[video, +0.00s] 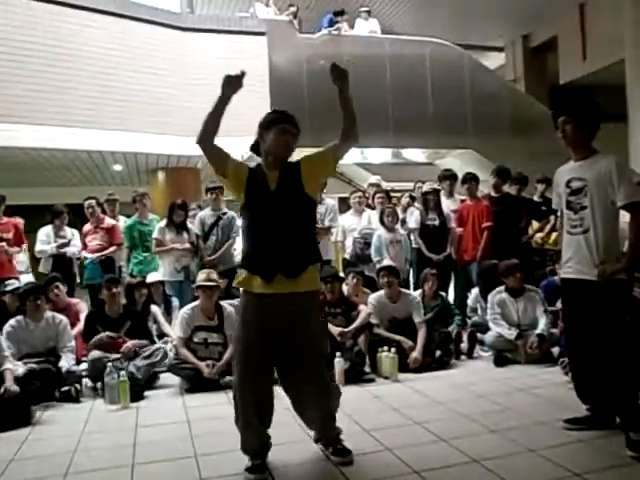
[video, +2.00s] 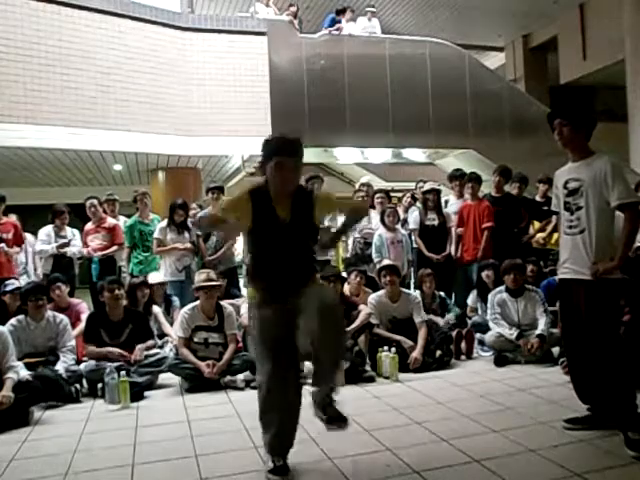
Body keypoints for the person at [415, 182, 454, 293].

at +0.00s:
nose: (432, 200)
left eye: (435, 197)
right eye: (429, 197)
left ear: (438, 198)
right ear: (424, 198)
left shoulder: (445, 214)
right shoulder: (419, 214)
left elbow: (450, 233)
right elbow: (416, 235)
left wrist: (447, 251)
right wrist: (428, 254)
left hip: (442, 255)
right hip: (425, 255)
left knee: (442, 289)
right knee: (423, 287)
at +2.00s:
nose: (432, 198)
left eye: (435, 195)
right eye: (429, 194)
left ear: (438, 197)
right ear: (424, 197)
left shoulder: (445, 214)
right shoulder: (418, 214)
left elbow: (449, 234)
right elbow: (416, 236)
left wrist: (447, 251)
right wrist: (428, 254)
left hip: (443, 257)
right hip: (425, 257)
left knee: (444, 290)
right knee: (425, 289)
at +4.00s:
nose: (436, 200)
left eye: (439, 197)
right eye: (433, 197)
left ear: (443, 199)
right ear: (429, 199)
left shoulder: (449, 217)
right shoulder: (423, 216)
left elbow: (454, 236)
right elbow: (420, 238)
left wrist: (453, 253)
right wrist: (433, 256)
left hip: (448, 259)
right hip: (430, 259)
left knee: (448, 292)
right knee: (429, 291)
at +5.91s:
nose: (437, 200)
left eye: (440, 196)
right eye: (434, 196)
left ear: (443, 199)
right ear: (429, 198)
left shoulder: (449, 217)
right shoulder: (423, 216)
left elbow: (454, 236)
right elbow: (420, 238)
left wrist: (451, 254)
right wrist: (432, 257)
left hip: (447, 260)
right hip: (429, 260)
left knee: (447, 292)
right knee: (428, 291)